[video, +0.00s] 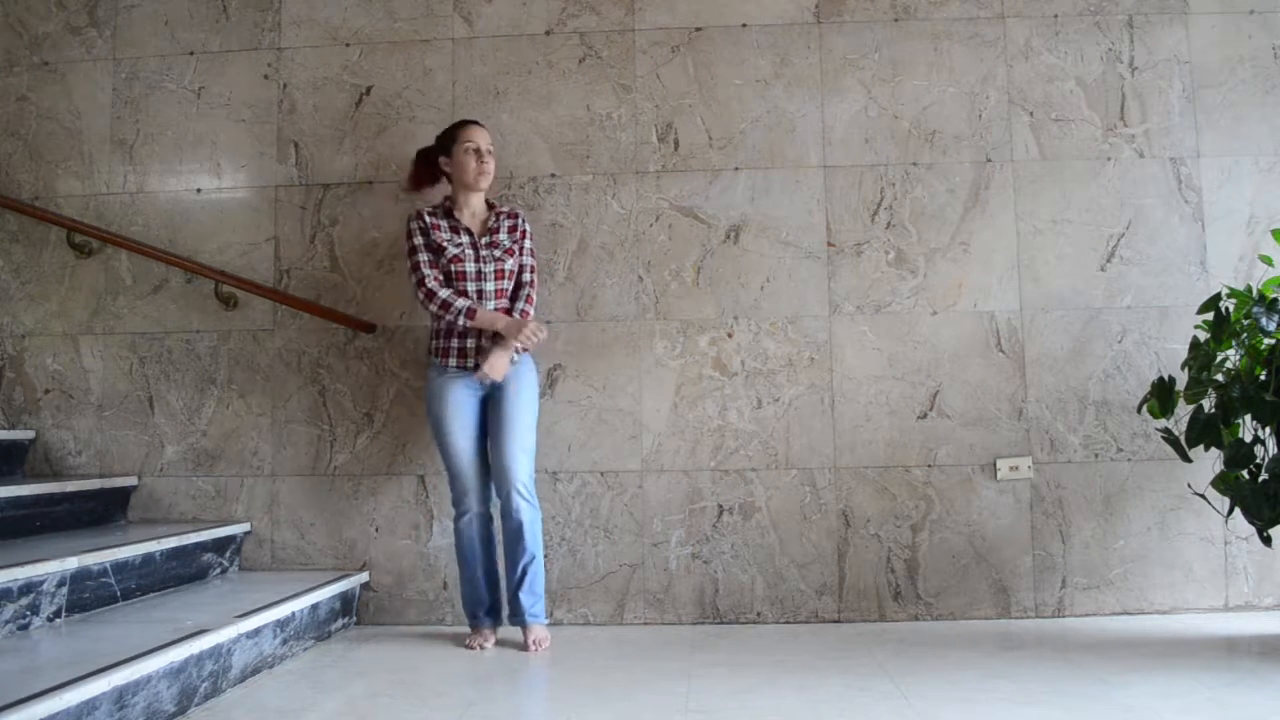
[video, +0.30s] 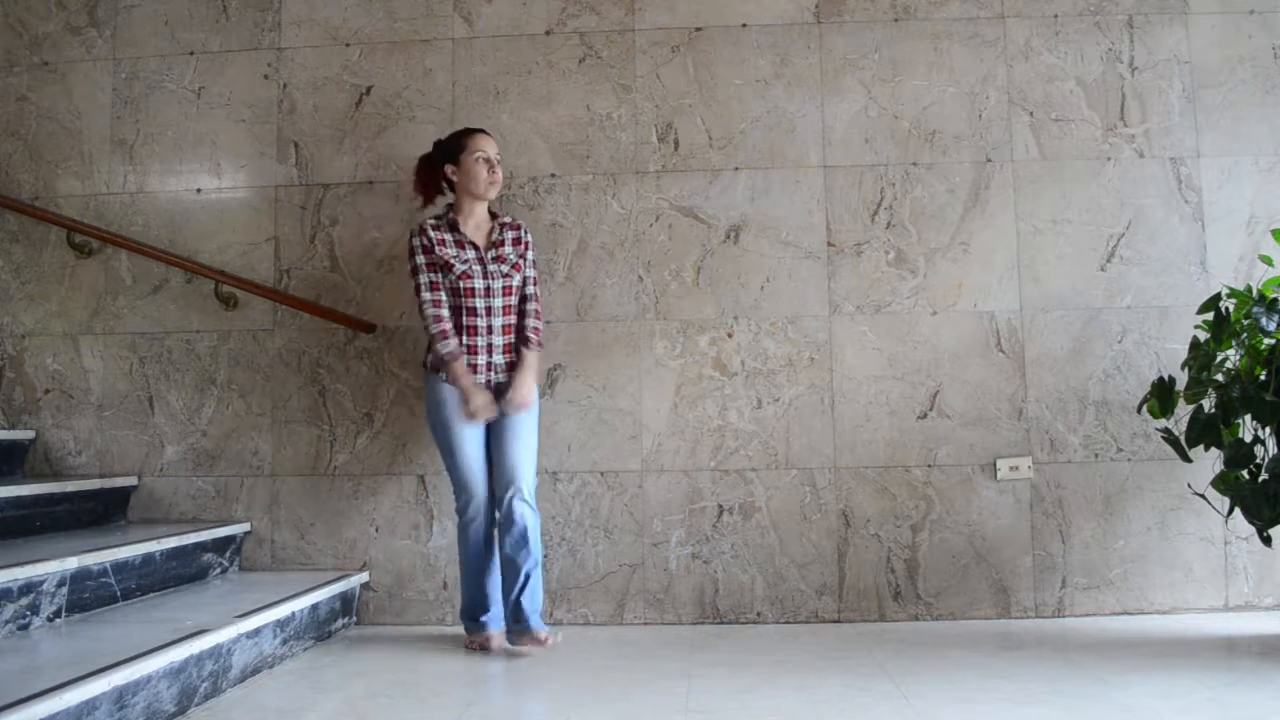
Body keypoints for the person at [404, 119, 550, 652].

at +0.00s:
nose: (484, 159)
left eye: (489, 152)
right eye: (471, 151)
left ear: (496, 165)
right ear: (446, 164)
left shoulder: (515, 223)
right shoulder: (424, 223)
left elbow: (527, 296)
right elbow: (432, 295)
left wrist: (507, 348)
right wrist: (500, 321)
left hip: (513, 366)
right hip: (454, 368)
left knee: (516, 486)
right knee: (469, 497)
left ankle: (533, 615)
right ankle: (483, 619)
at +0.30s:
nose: (496, 169)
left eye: (498, 161)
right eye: (483, 161)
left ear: (499, 174)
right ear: (452, 173)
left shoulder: (517, 235)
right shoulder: (429, 236)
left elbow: (532, 307)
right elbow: (435, 316)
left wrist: (528, 371)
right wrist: (466, 383)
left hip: (516, 381)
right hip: (457, 382)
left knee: (519, 498)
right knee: (476, 502)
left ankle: (526, 616)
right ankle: (483, 620)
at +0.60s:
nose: (513, 154)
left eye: (512, 147)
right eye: (500, 147)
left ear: (505, 161)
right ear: (466, 159)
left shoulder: (526, 223)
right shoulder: (434, 223)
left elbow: (552, 293)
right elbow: (393, 296)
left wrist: (589, 359)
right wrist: (344, 364)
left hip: (517, 371)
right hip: (454, 374)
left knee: (514, 485)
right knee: (470, 497)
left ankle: (527, 612)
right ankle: (483, 620)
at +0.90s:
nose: (530, 157)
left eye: (530, 149)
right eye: (520, 148)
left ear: (512, 159)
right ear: (484, 156)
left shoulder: (537, 227)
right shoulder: (447, 218)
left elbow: (555, 305)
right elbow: (402, 290)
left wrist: (589, 370)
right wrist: (348, 355)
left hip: (524, 376)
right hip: (459, 374)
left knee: (511, 498)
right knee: (471, 500)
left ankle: (500, 629)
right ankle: (480, 622)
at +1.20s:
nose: (541, 152)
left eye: (542, 142)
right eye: (530, 142)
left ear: (532, 150)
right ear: (493, 147)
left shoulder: (551, 218)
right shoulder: (457, 210)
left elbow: (589, 283)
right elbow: (393, 266)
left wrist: (647, 316)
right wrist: (317, 269)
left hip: (533, 370)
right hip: (468, 366)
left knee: (517, 500)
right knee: (472, 494)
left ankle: (499, 633)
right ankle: (447, 607)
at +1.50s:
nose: (544, 157)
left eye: (547, 148)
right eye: (534, 147)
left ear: (544, 153)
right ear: (498, 150)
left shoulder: (551, 214)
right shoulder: (470, 212)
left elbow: (570, 290)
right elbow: (435, 282)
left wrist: (621, 325)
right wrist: (393, 335)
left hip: (543, 370)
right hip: (484, 365)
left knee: (527, 503)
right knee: (484, 494)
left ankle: (500, 633)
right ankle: (422, 621)